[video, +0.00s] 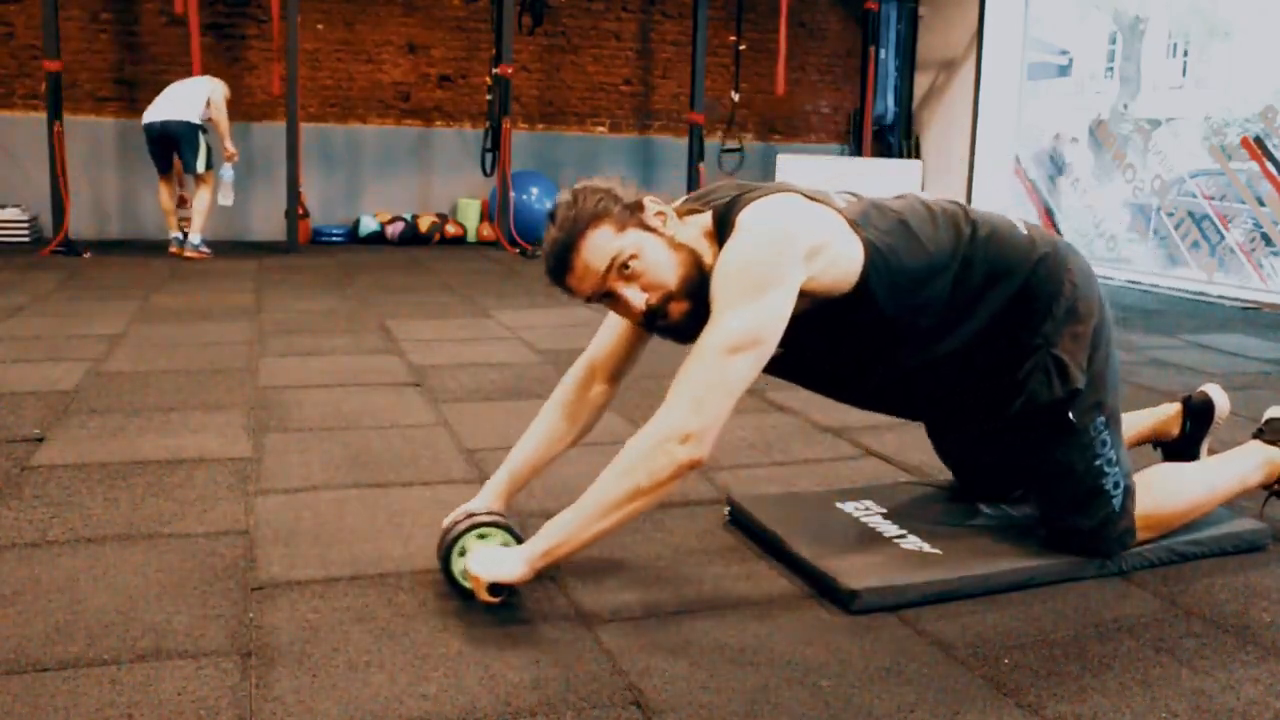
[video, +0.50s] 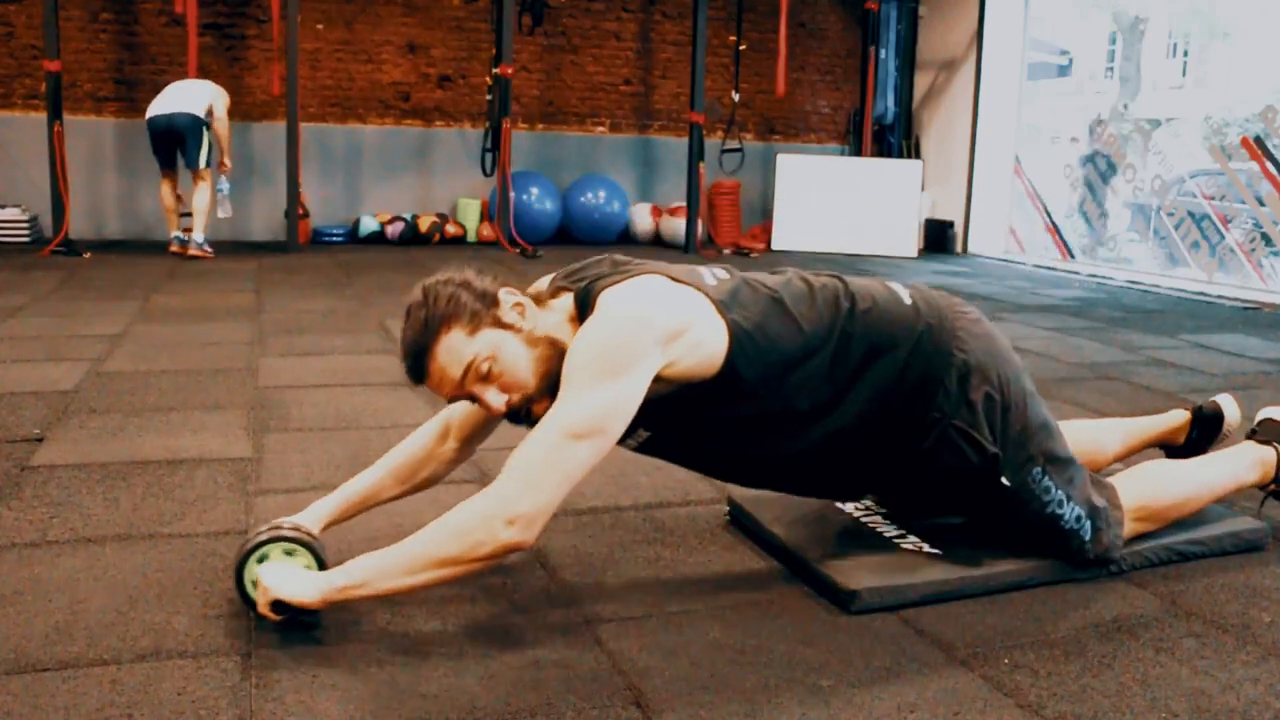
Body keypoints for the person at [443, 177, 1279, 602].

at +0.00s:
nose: (629, 296)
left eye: (625, 268)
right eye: (610, 292)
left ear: (658, 216)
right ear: (609, 285)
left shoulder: (764, 242)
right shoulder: (672, 263)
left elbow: (677, 443)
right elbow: (585, 383)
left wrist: (534, 553)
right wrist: (493, 491)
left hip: (1035, 313)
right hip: (953, 346)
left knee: (1102, 524)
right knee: (997, 485)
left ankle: (1270, 460)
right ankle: (1176, 417)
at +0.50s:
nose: (482, 402)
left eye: (474, 371)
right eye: (460, 401)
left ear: (513, 309)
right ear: (466, 377)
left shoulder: (624, 330)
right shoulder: (550, 326)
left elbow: (510, 524)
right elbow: (442, 439)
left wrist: (331, 587)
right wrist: (313, 519)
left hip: (937, 378)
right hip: (872, 398)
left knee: (1098, 530)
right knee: (1042, 486)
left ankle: (1258, 458)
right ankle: (1198, 419)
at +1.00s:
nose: (481, 500)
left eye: (473, 493)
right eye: (452, 489)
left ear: (497, 441)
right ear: (457, 421)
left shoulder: (587, 395)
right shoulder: (500, 366)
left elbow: (439, 578)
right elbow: (392, 479)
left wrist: (248, 600)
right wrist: (252, 535)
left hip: (907, 415)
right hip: (835, 396)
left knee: (1094, 516)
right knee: (1021, 451)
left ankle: (1258, 461)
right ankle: (1180, 411)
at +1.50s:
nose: (485, 487)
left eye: (480, 481)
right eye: (456, 476)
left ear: (513, 421)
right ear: (471, 392)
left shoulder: (599, 375)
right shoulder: (515, 346)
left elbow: (439, 545)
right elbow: (398, 466)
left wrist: (263, 597)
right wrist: (256, 530)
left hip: (927, 385)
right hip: (865, 356)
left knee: (1091, 523)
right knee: (1025, 466)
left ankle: (1261, 458)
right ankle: (1176, 408)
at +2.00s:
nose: (562, 435)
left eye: (544, 430)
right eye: (540, 431)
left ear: (565, 369)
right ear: (553, 367)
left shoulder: (653, 326)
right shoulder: (574, 310)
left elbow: (539, 511)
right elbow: (466, 430)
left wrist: (369, 582)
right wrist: (347, 511)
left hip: (972, 339)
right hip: (925, 321)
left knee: (1095, 522)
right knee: (1021, 485)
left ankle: (1262, 456)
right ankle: (1183, 408)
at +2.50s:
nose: (687, 366)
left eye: (673, 350)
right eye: (663, 362)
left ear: (686, 288)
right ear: (671, 289)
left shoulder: (795, 236)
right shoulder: (674, 230)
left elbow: (718, 437)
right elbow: (604, 372)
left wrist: (575, 551)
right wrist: (526, 491)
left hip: (1052, 296)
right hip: (963, 332)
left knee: (1099, 522)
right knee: (987, 480)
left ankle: (1268, 454)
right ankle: (1174, 411)